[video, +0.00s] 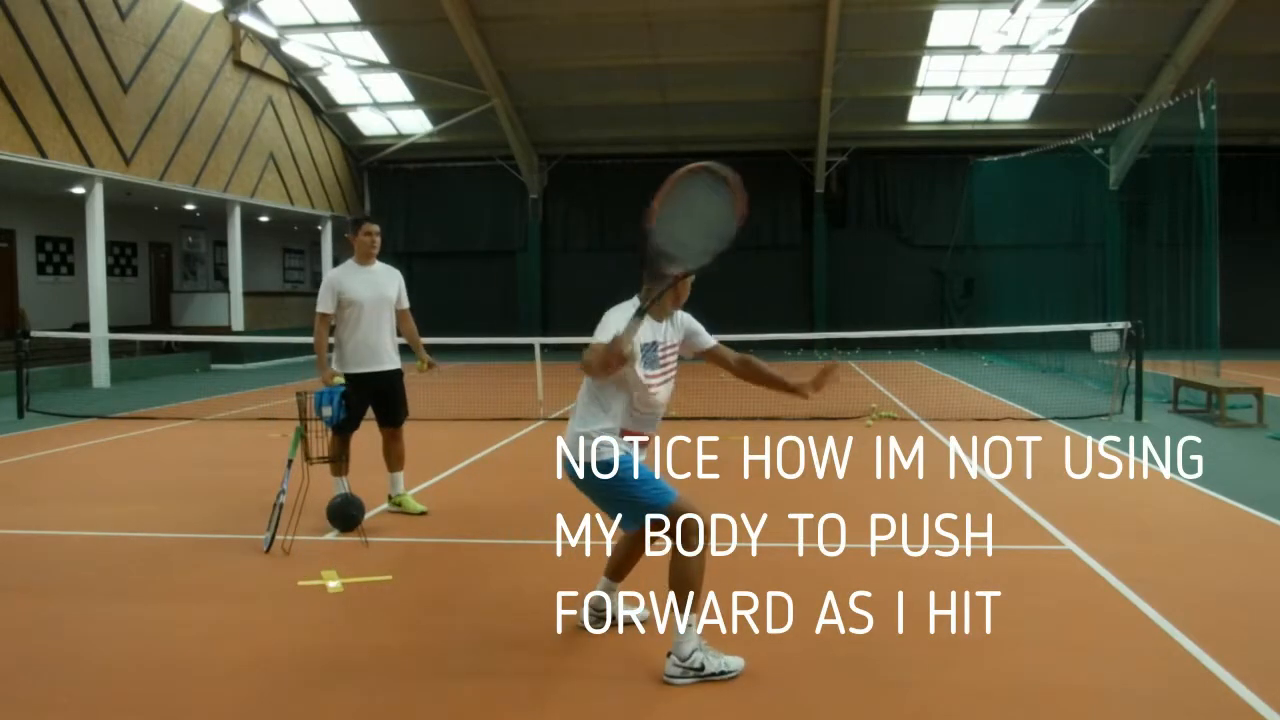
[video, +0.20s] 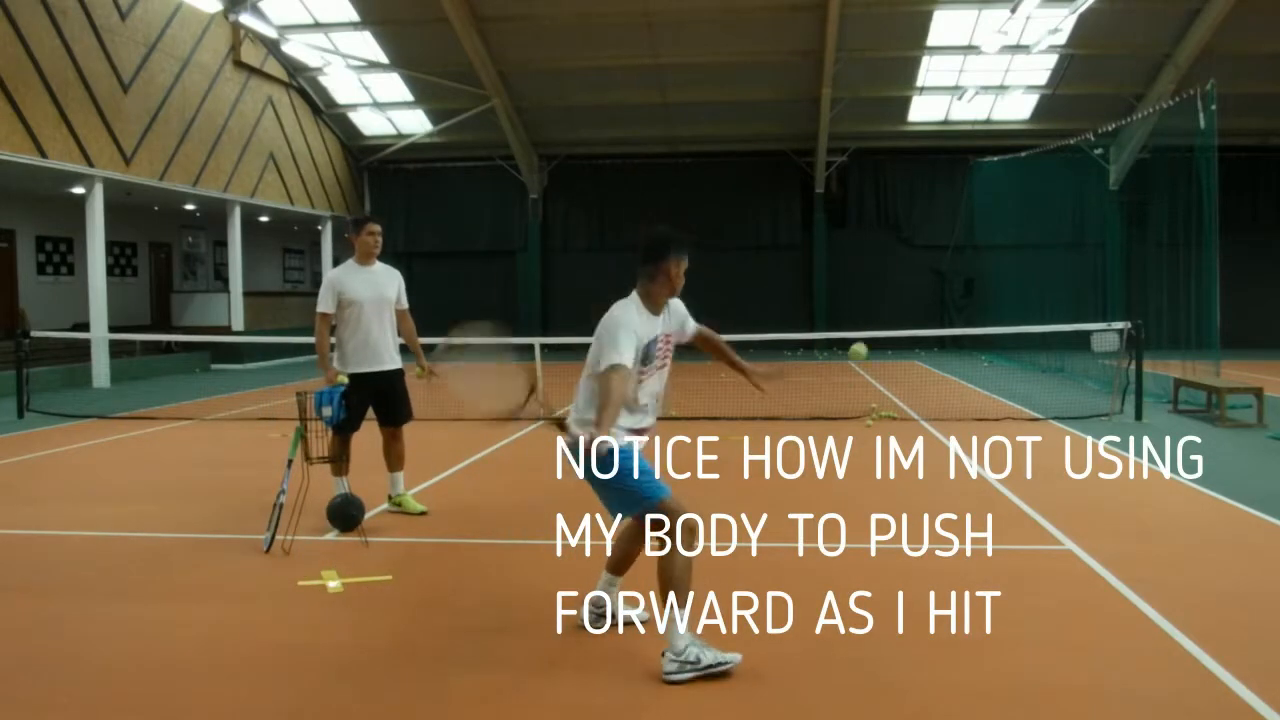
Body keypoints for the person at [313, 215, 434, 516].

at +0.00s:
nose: (374, 240)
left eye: (377, 234)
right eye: (367, 234)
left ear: (381, 240)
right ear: (352, 239)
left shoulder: (393, 275)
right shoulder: (336, 278)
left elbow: (404, 318)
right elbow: (322, 324)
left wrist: (420, 352)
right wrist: (323, 367)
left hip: (388, 370)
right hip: (351, 373)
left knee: (393, 431)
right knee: (342, 434)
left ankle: (398, 494)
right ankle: (341, 495)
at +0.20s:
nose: (377, 240)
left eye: (379, 235)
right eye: (370, 235)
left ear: (382, 240)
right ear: (353, 239)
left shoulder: (393, 276)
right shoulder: (336, 278)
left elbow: (404, 319)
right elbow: (322, 324)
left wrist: (420, 357)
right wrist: (326, 367)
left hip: (389, 370)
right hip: (352, 372)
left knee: (394, 431)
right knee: (342, 434)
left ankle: (398, 494)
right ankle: (341, 495)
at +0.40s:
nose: (378, 240)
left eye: (381, 235)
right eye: (372, 235)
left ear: (383, 240)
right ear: (355, 239)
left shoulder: (392, 276)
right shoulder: (337, 278)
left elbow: (401, 318)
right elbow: (321, 325)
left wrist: (418, 355)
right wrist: (321, 371)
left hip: (389, 370)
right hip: (352, 373)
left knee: (393, 431)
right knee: (343, 434)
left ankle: (398, 494)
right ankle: (342, 496)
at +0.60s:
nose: (386, 241)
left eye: (386, 236)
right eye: (380, 236)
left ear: (380, 241)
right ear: (361, 239)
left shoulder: (389, 275)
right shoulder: (339, 278)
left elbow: (395, 318)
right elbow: (323, 324)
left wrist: (416, 351)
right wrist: (320, 371)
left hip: (389, 370)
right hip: (353, 373)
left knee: (393, 431)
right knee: (343, 434)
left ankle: (398, 494)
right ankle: (341, 495)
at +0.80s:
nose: (388, 244)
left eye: (387, 239)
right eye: (385, 239)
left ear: (371, 241)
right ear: (374, 241)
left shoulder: (384, 276)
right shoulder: (340, 276)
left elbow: (391, 319)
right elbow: (323, 328)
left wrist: (419, 346)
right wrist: (330, 373)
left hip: (388, 370)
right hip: (354, 374)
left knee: (393, 430)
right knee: (343, 435)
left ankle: (397, 493)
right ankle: (342, 496)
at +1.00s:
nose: (387, 245)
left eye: (386, 240)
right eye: (384, 240)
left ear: (372, 241)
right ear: (372, 241)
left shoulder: (382, 275)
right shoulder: (340, 277)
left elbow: (391, 318)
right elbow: (323, 329)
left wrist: (423, 339)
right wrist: (339, 369)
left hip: (390, 370)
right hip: (356, 375)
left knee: (402, 428)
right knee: (344, 436)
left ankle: (400, 491)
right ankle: (342, 496)